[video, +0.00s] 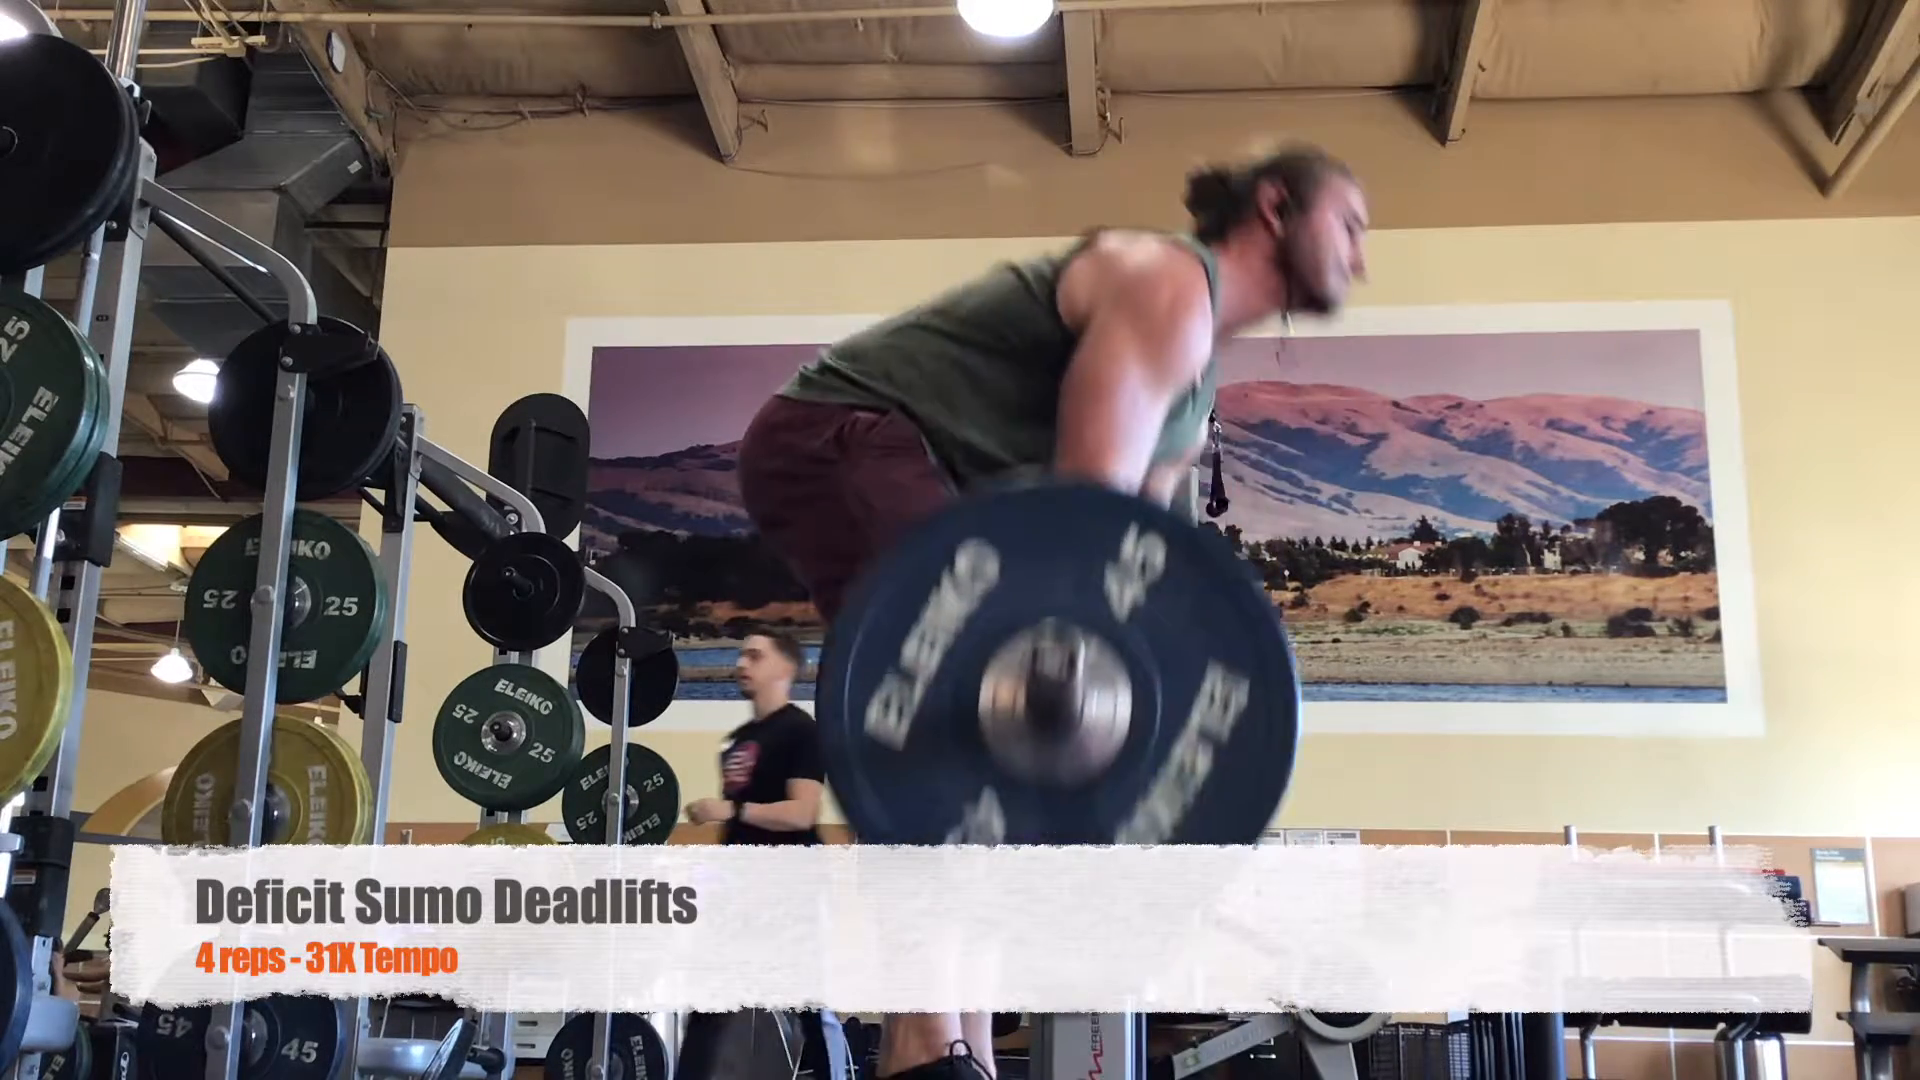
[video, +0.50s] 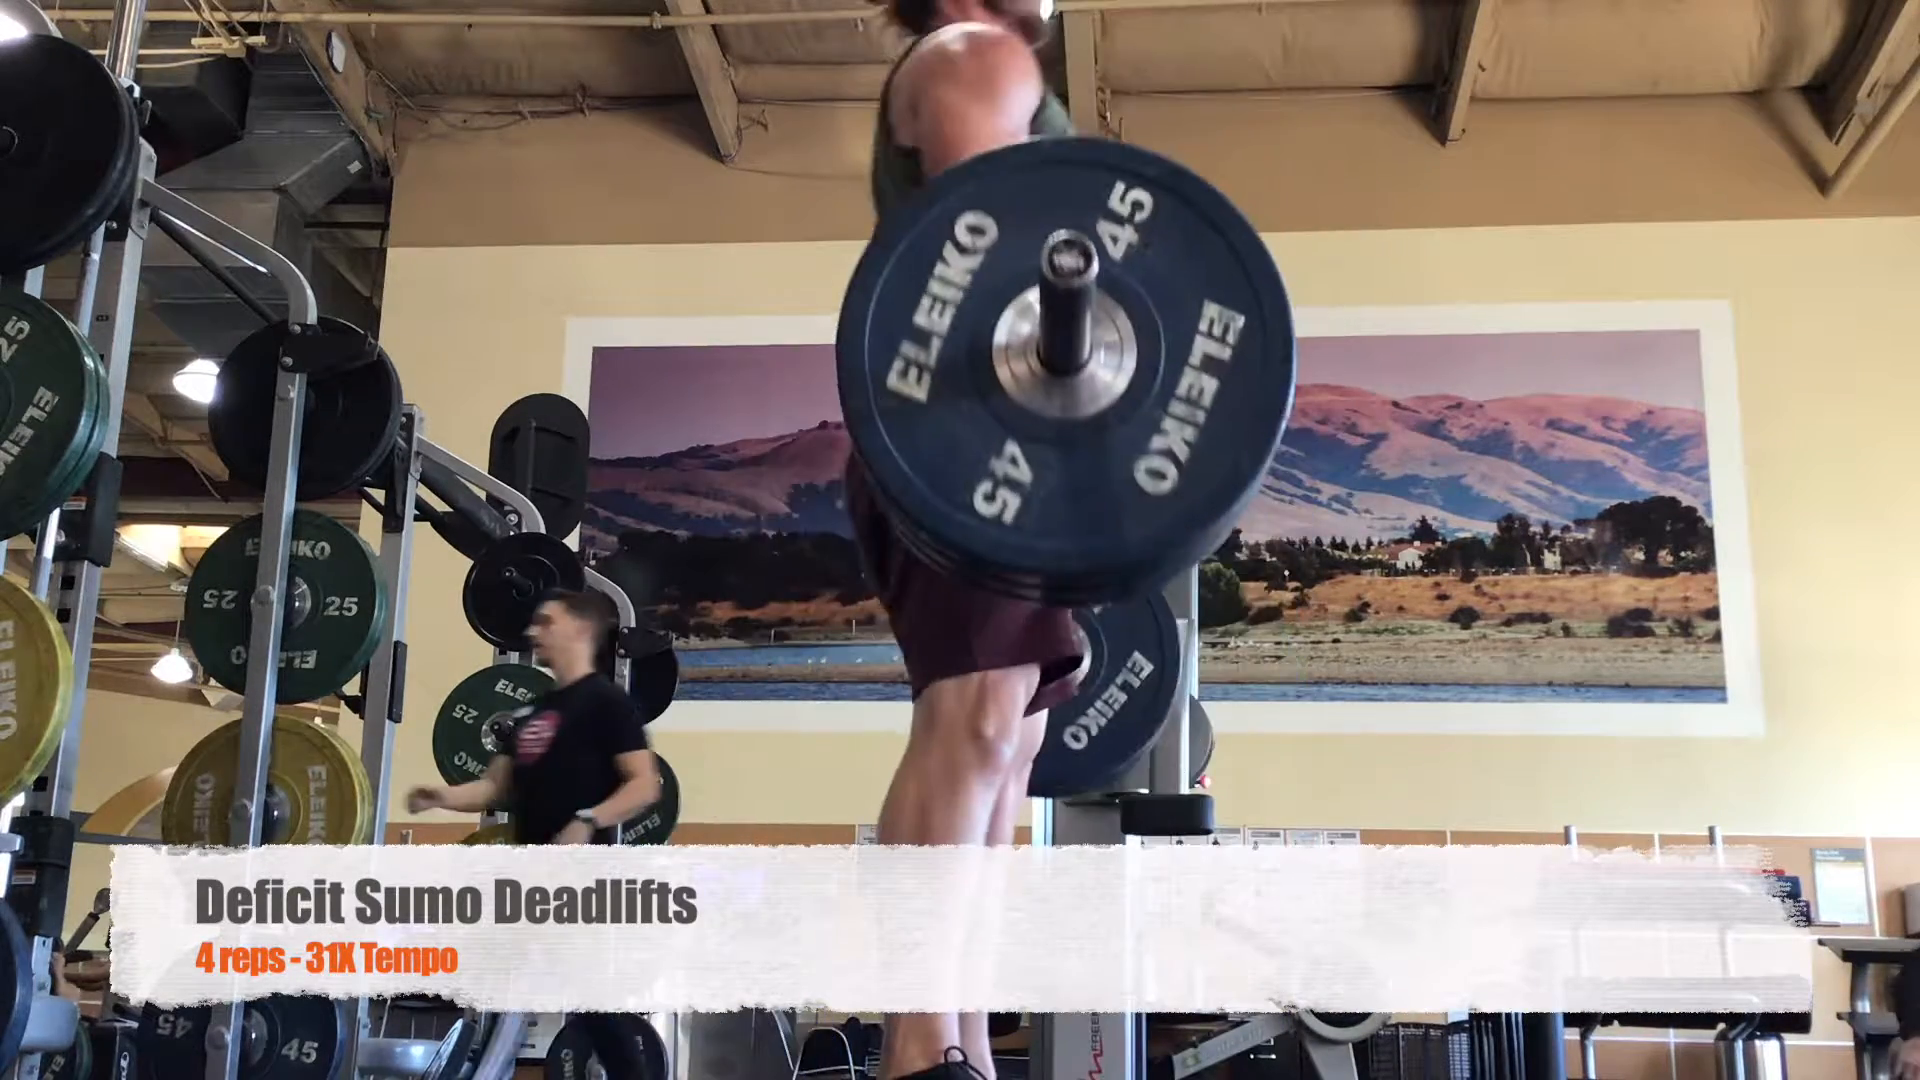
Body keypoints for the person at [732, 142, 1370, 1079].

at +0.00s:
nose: (1361, 258)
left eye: (1364, 235)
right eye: (1350, 225)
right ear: (1274, 206)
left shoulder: (1189, 395)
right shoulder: (1165, 286)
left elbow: (1145, 543)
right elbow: (1089, 502)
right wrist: (1091, 661)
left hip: (911, 466)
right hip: (840, 434)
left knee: (981, 728)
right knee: (945, 713)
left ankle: (965, 1037)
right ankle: (922, 1039)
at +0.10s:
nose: (1313, 149)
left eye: (1312, 133)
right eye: (1295, 125)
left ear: (1229, 134)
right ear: (1224, 123)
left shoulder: (1173, 311)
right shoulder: (1142, 208)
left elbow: (1177, 454)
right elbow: (1085, 397)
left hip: (910, 446)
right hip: (849, 422)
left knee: (974, 728)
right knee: (941, 713)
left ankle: (956, 1038)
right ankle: (922, 1040)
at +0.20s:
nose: (1246, 57)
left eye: (1237, 35)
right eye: (1224, 31)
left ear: (1162, 60)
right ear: (1161, 54)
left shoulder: (1136, 168)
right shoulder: (1114, 133)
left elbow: (1080, 349)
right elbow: (1060, 311)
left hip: (934, 429)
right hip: (858, 413)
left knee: (978, 722)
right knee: (921, 705)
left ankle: (959, 1031)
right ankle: (912, 1039)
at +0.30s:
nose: (1175, 4)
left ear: (1076, 9)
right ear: (1090, 1)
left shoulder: (1078, 104)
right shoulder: (1052, 82)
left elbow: (1060, 322)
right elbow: (1038, 305)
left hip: (990, 442)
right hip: (912, 426)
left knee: (1003, 724)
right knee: (953, 711)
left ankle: (965, 1037)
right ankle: (913, 1045)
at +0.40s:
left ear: (1010, 4)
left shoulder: (1041, 73)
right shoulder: (1012, 55)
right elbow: (1005, 274)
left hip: (1010, 439)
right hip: (956, 432)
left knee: (1014, 723)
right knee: (970, 709)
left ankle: (963, 1025)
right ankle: (917, 1040)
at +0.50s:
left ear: (944, 3)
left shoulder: (994, 65)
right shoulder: (975, 55)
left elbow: (999, 272)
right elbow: (989, 262)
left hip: (1002, 438)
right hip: (951, 432)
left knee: (1015, 727)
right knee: (973, 714)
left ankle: (963, 1038)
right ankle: (915, 1045)